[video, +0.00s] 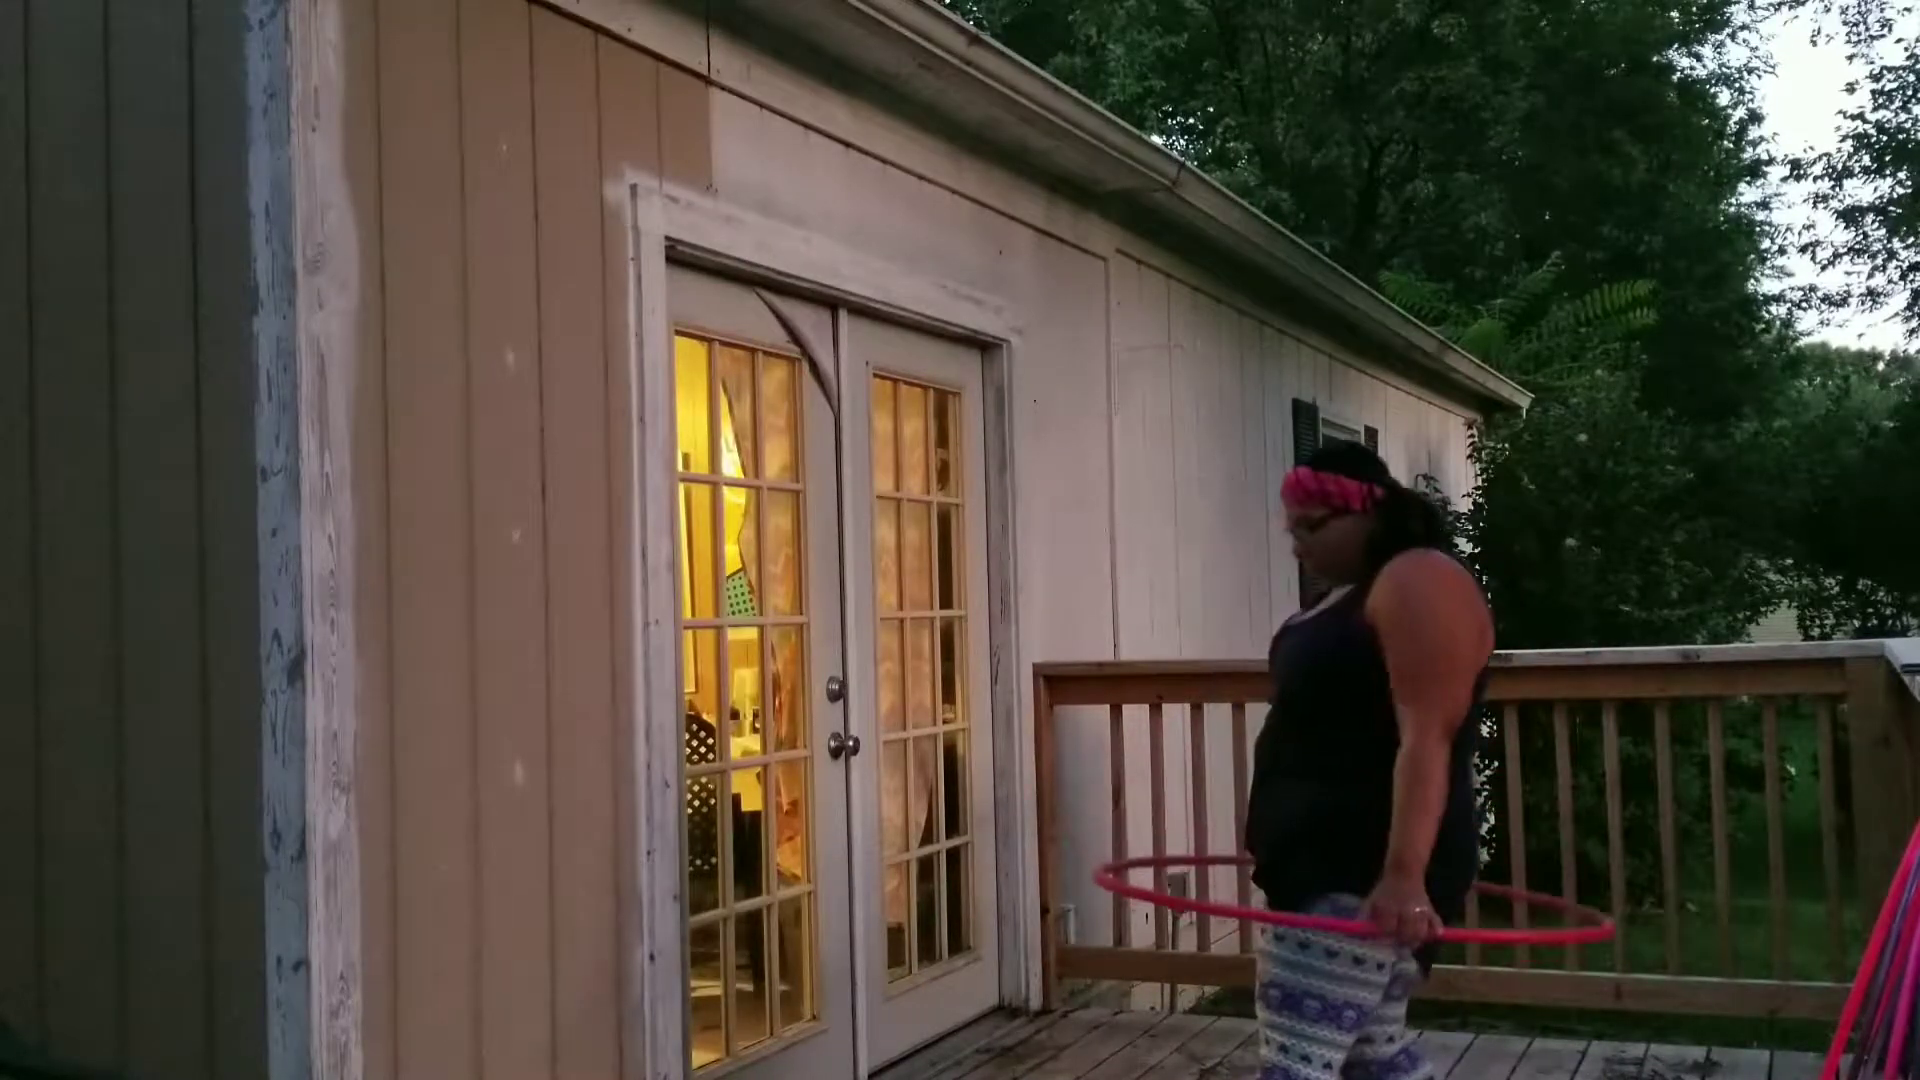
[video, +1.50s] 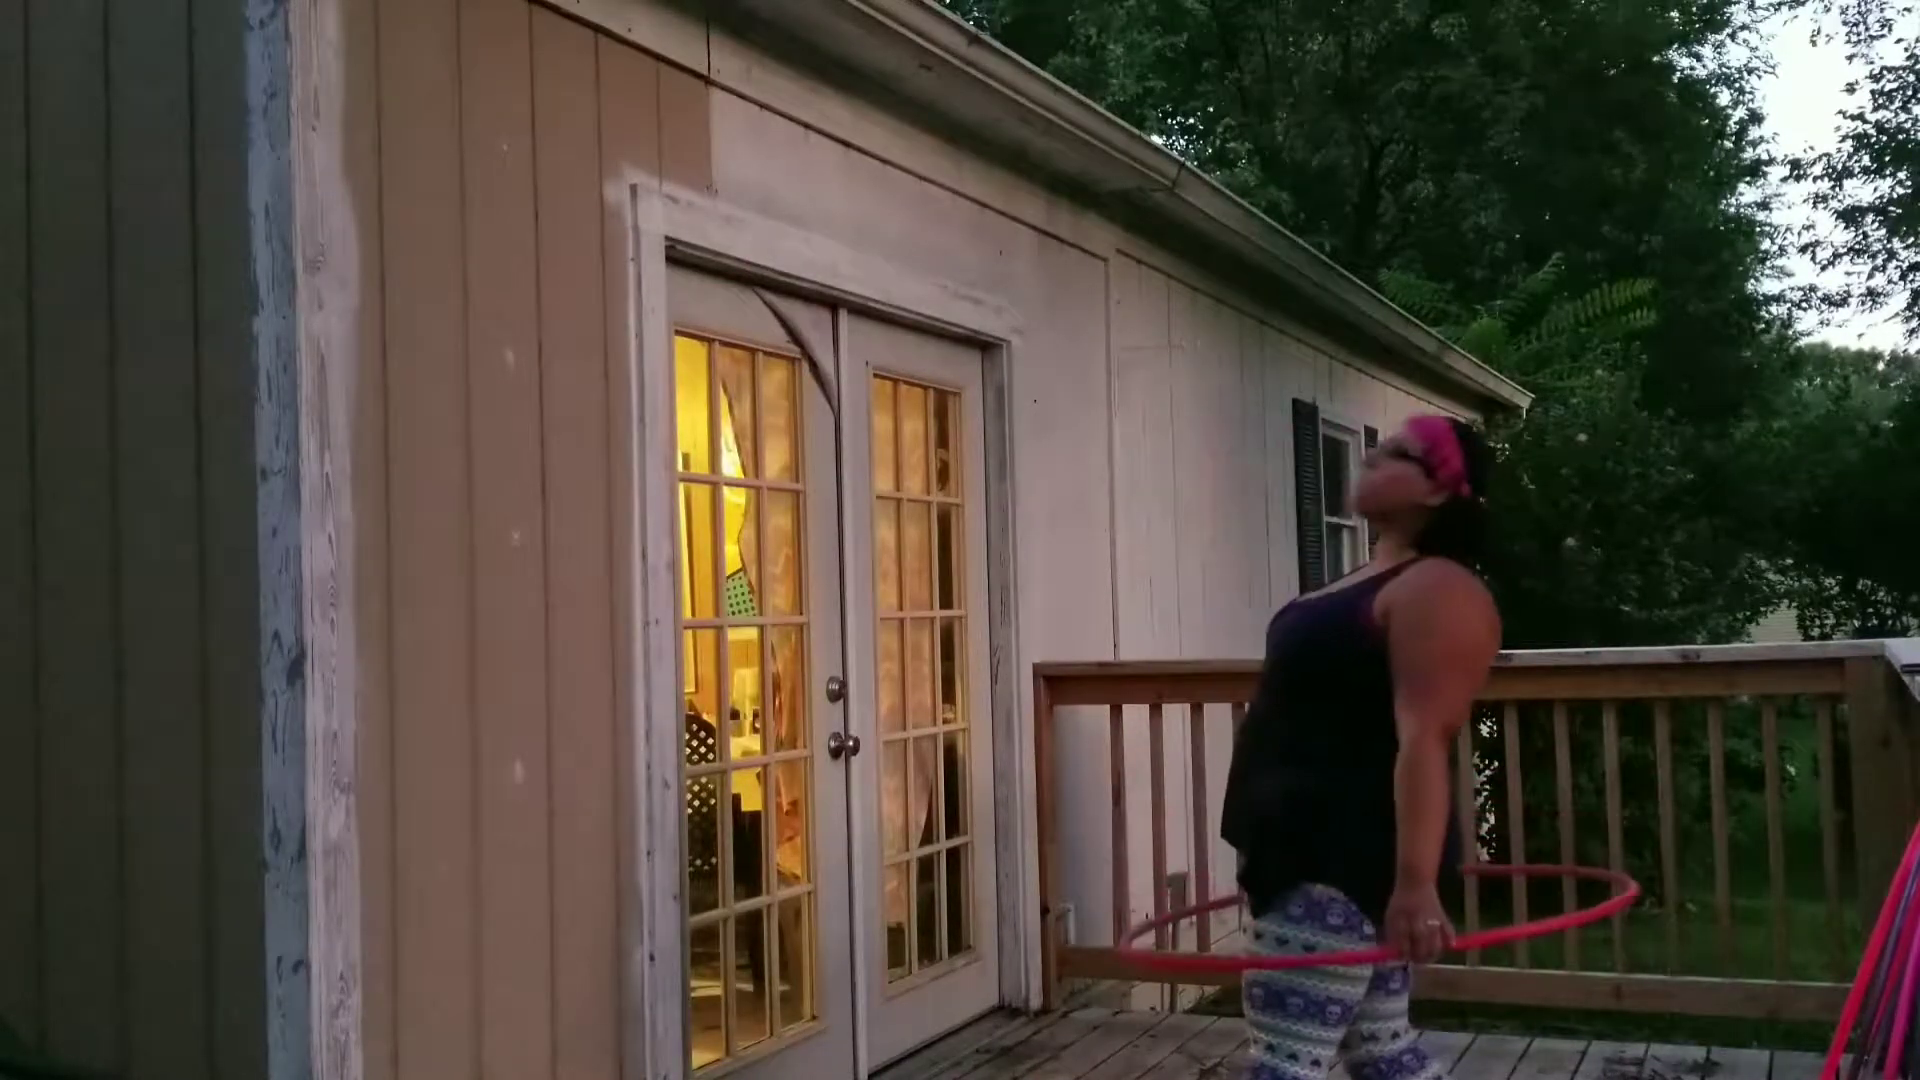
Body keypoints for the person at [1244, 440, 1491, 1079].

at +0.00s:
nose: (1299, 546)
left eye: (1310, 527)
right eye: (1294, 531)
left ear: (1365, 512)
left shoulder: (1421, 580)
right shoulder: (1346, 596)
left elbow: (1427, 737)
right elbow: (1318, 734)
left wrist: (1404, 874)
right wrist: (1274, 836)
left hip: (1354, 880)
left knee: (1297, 1061)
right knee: (1377, 1055)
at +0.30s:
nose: (1225, 502)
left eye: (1241, 486)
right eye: (1227, 486)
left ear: (1299, 492)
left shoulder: (1357, 563)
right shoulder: (1285, 583)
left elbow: (1462, 666)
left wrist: (1403, 798)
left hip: (1338, 871)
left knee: (1292, 1064)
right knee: (1389, 1050)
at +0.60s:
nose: (1138, 509)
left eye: (1154, 490)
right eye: (1140, 492)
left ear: (1208, 493)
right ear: (1199, 497)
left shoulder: (1263, 558)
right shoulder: (1215, 587)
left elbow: (1405, 583)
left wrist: (1385, 723)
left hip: (1307, 866)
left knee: (1274, 1066)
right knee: (1402, 1052)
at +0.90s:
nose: (1155, 515)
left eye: (1169, 497)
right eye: (1154, 500)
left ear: (1221, 493)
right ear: (1213, 497)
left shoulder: (1280, 557)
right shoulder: (1235, 584)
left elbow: (1403, 621)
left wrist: (1373, 772)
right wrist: (1229, 858)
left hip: (1304, 866)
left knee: (1274, 1066)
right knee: (1405, 1052)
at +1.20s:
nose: (1259, 499)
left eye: (1275, 481)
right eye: (1259, 482)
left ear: (1332, 483)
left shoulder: (1385, 559)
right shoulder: (1310, 576)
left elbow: (1419, 702)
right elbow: (1295, 727)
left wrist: (1391, 847)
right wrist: (1252, 851)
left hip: (1319, 873)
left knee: (1280, 1065)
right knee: (1393, 1052)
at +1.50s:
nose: (1369, 459)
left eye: (1395, 454)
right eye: (1376, 448)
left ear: (1435, 491)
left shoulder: (1440, 589)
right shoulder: (1367, 581)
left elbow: (1425, 739)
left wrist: (1416, 883)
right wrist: (1269, 860)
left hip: (1338, 877)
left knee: (1285, 1062)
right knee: (1383, 1053)